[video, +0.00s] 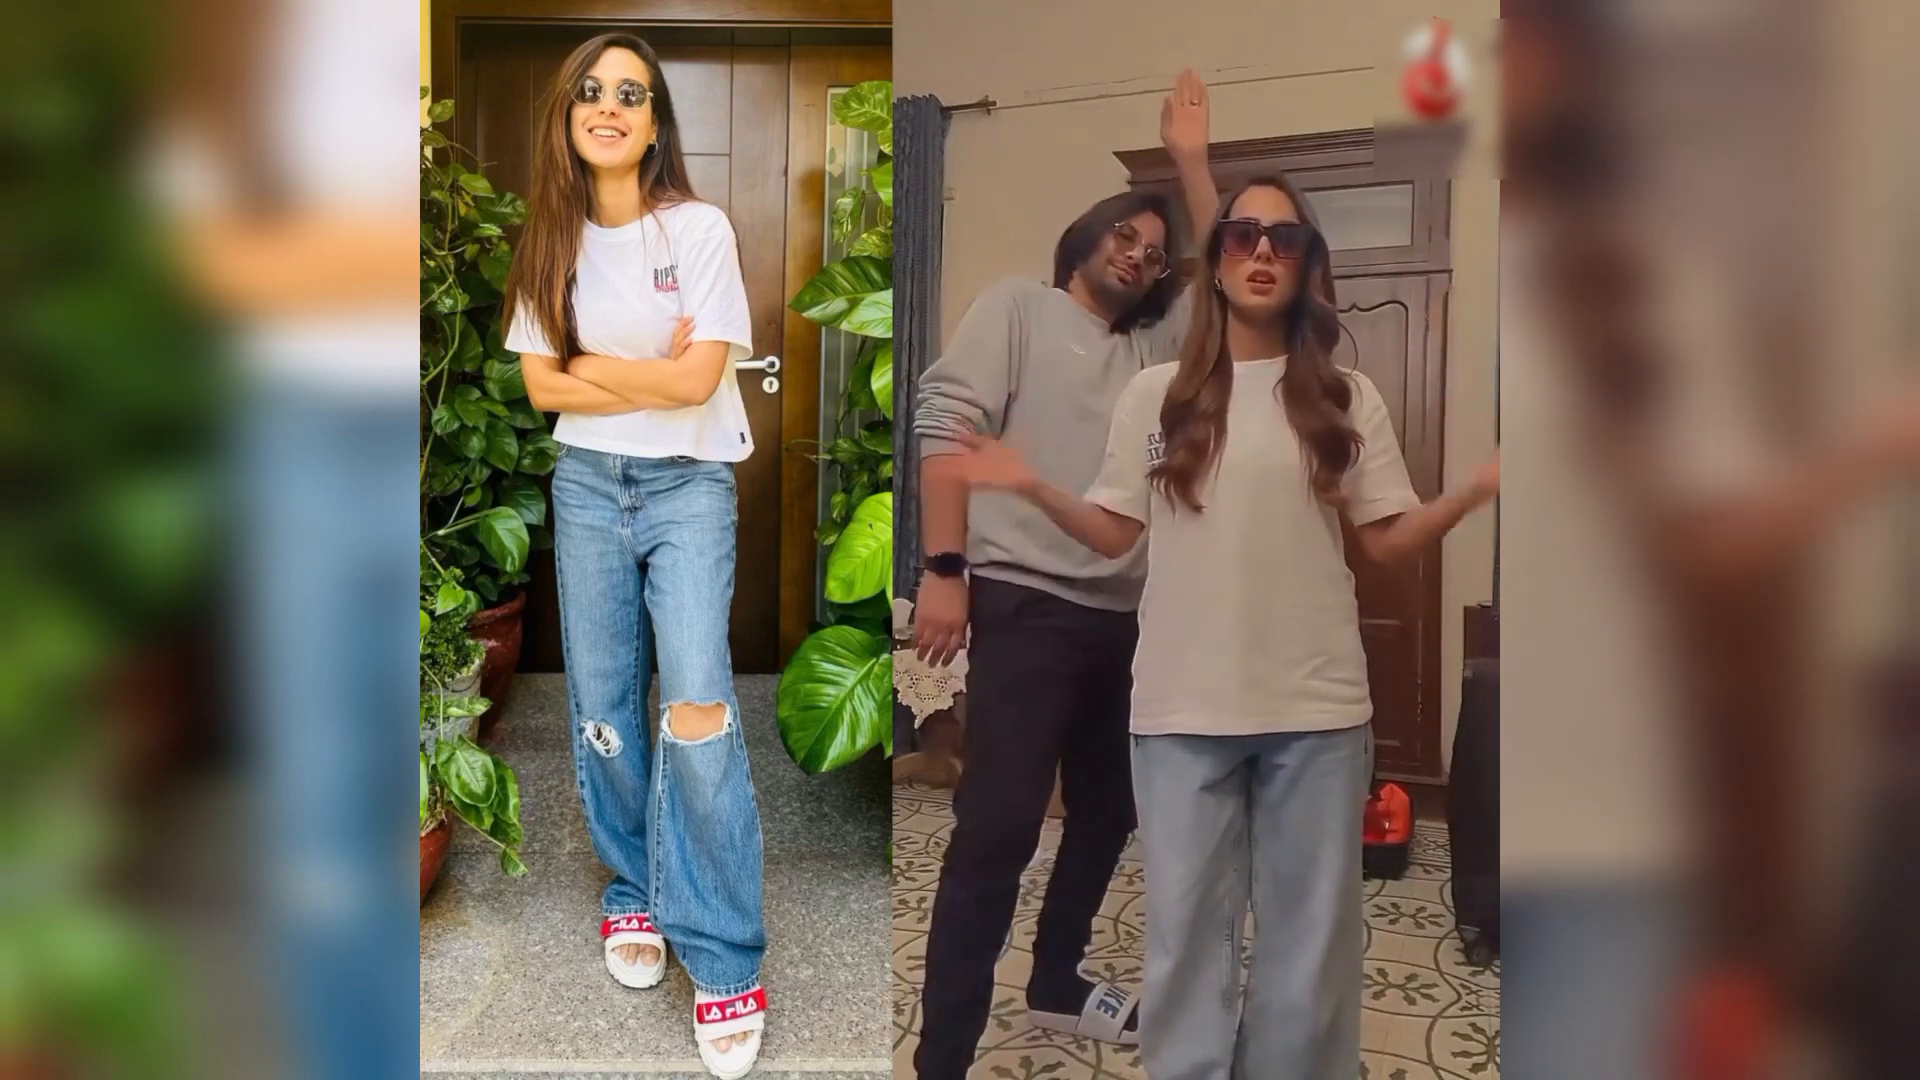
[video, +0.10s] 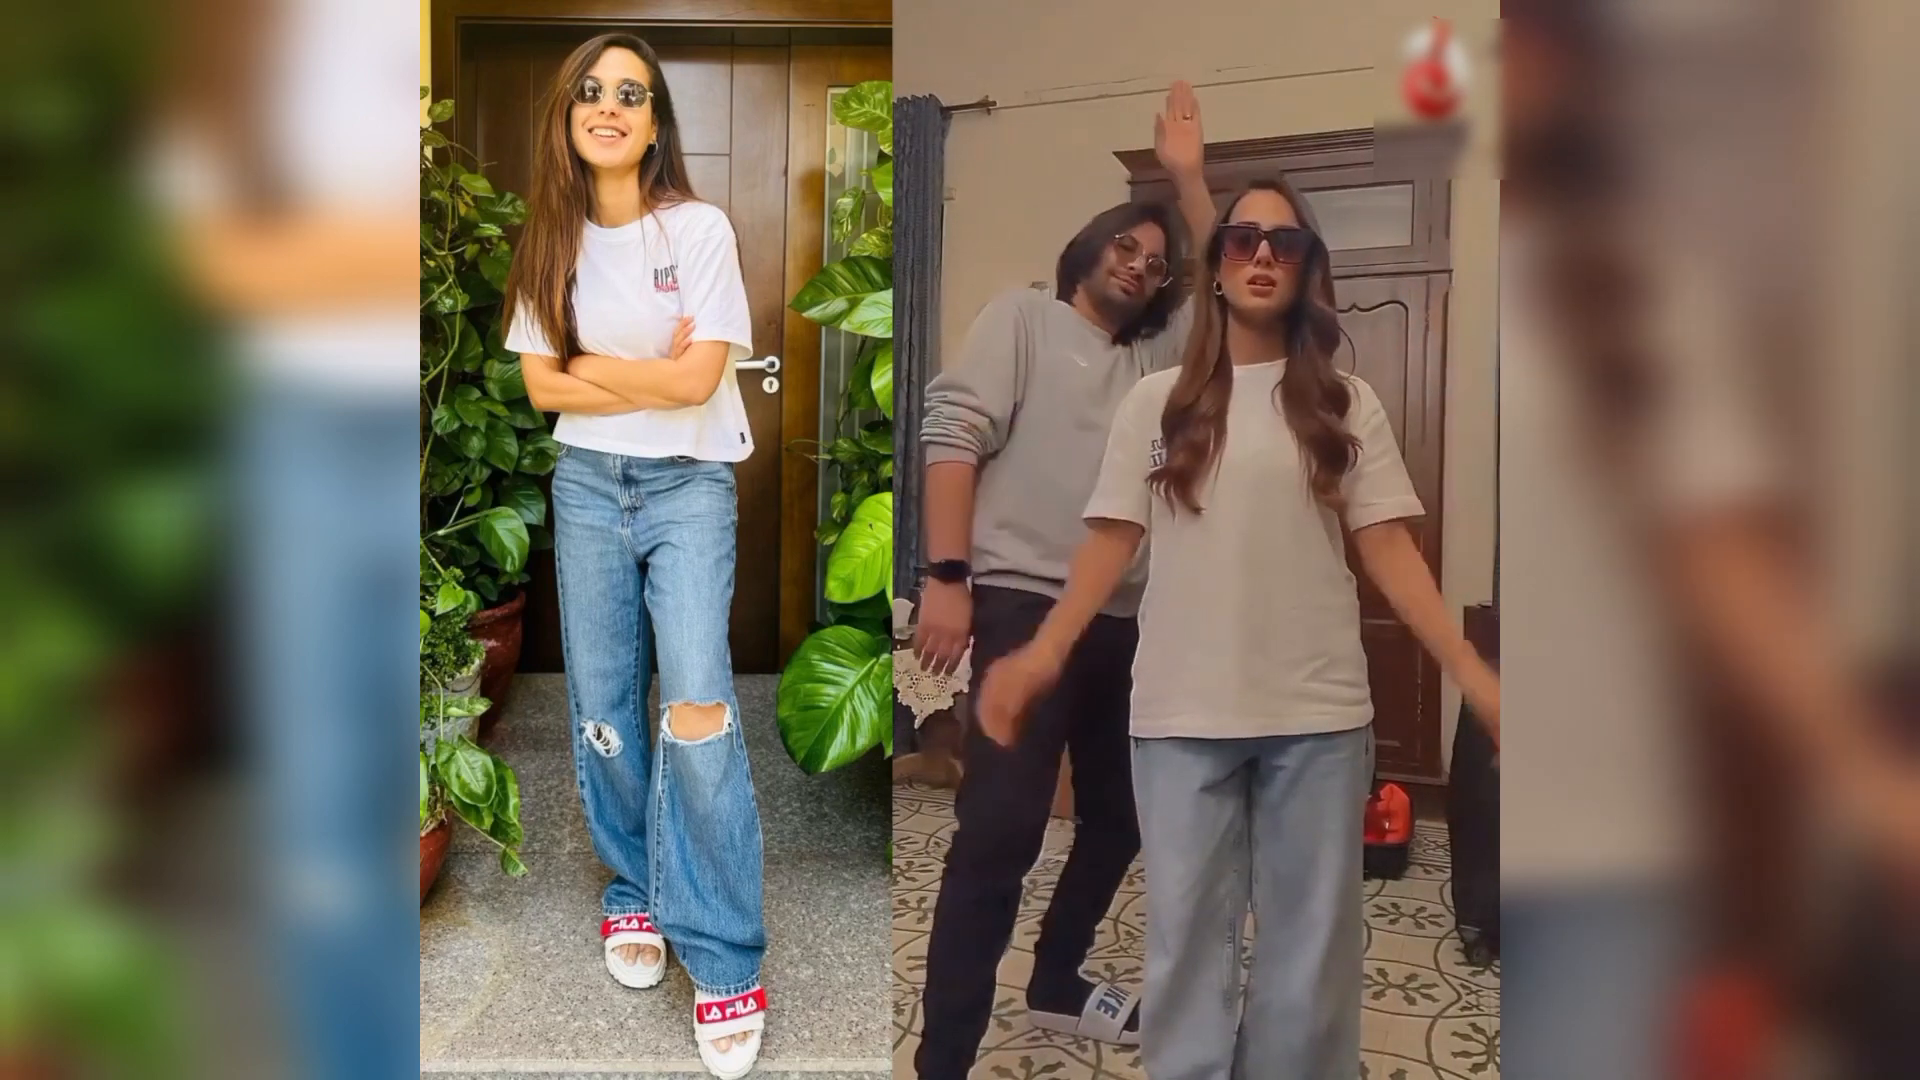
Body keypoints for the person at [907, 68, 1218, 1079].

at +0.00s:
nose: (1137, 253)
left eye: (1153, 249)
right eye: (1126, 234)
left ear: (1161, 267)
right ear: (1086, 231)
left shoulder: (1158, 343)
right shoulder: (1018, 306)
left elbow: (1218, 286)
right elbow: (947, 430)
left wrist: (1191, 168)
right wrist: (943, 570)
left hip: (1123, 617)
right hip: (1020, 605)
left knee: (1104, 816)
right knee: (998, 829)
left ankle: (1056, 989)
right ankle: (942, 1057)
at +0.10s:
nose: (1139, 262)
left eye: (1155, 259)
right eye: (1128, 244)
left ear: (1163, 278)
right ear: (1091, 241)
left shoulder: (1162, 349)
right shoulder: (1024, 317)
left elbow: (1219, 297)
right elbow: (952, 439)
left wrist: (1188, 187)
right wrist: (946, 577)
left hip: (1123, 618)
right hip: (1019, 605)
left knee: (1114, 821)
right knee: (1001, 831)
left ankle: (1057, 989)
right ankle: (943, 1059)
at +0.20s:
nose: (1141, 271)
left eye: (1156, 268)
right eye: (1129, 252)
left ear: (1162, 290)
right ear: (1091, 257)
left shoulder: (1163, 367)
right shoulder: (1026, 333)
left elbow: (1221, 327)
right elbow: (959, 454)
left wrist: (1183, 206)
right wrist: (955, 589)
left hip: (1132, 616)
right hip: (1029, 608)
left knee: (1127, 817)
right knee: (1000, 834)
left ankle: (1056, 993)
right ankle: (942, 1060)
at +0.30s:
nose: (1141, 272)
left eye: (1156, 268)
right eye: (1129, 254)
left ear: (1165, 290)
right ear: (1093, 261)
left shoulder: (1165, 370)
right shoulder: (1029, 333)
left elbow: (1218, 323)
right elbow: (963, 446)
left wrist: (1181, 204)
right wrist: (959, 583)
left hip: (1132, 617)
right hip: (1031, 606)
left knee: (1126, 820)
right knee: (1000, 826)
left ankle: (1057, 990)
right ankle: (941, 1063)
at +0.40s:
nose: (1147, 275)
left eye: (1162, 270)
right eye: (1136, 257)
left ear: (1170, 286)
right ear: (1101, 255)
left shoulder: (1166, 351)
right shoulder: (1038, 321)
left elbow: (1225, 283)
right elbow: (969, 435)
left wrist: (1183, 172)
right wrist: (960, 565)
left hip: (1133, 617)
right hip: (1031, 603)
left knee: (1117, 817)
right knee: (996, 821)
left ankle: (1058, 986)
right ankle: (937, 1061)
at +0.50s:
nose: (1148, 287)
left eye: (1164, 282)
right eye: (1136, 270)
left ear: (1173, 298)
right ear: (1102, 269)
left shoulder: (1173, 370)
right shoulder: (1034, 343)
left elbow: (1227, 297)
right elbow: (972, 452)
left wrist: (1175, 194)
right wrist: (963, 580)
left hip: (1138, 627)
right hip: (1032, 614)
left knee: (1123, 828)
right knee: (998, 825)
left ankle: (1057, 987)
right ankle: (938, 1058)